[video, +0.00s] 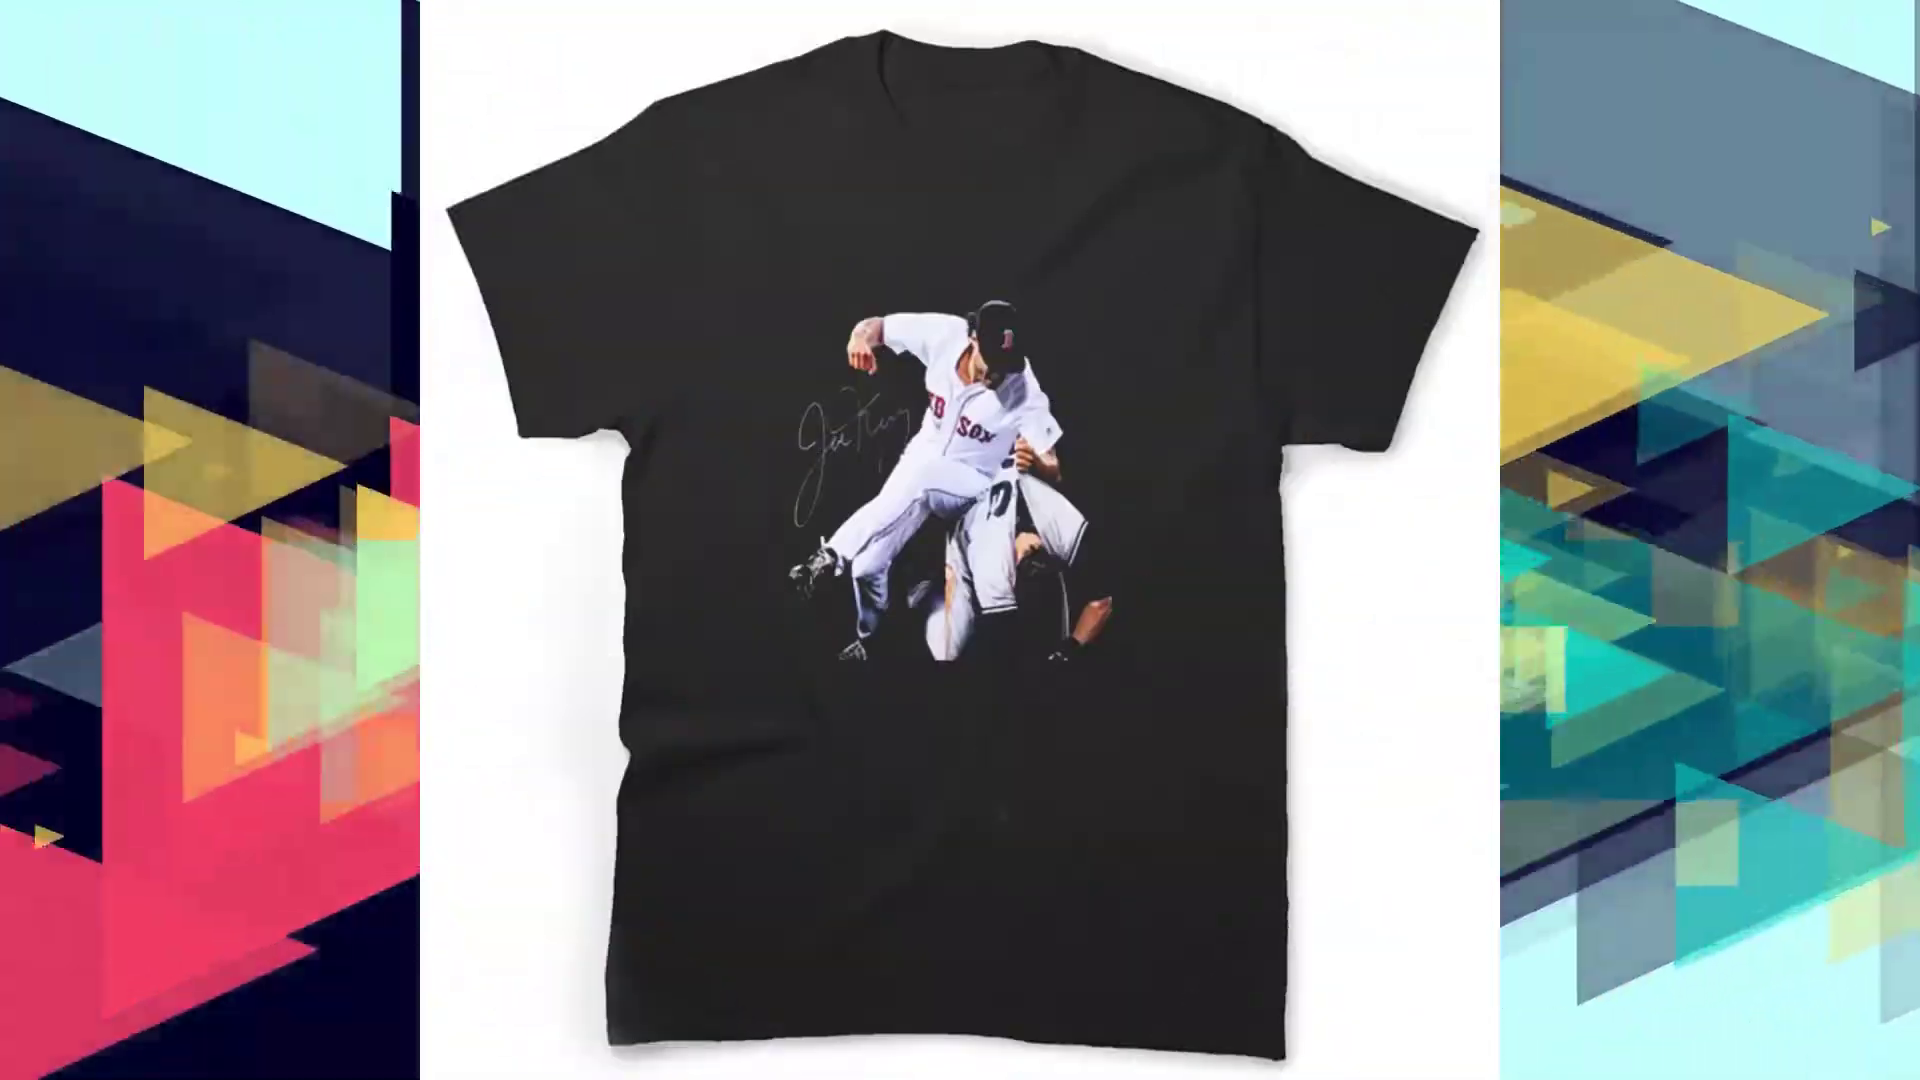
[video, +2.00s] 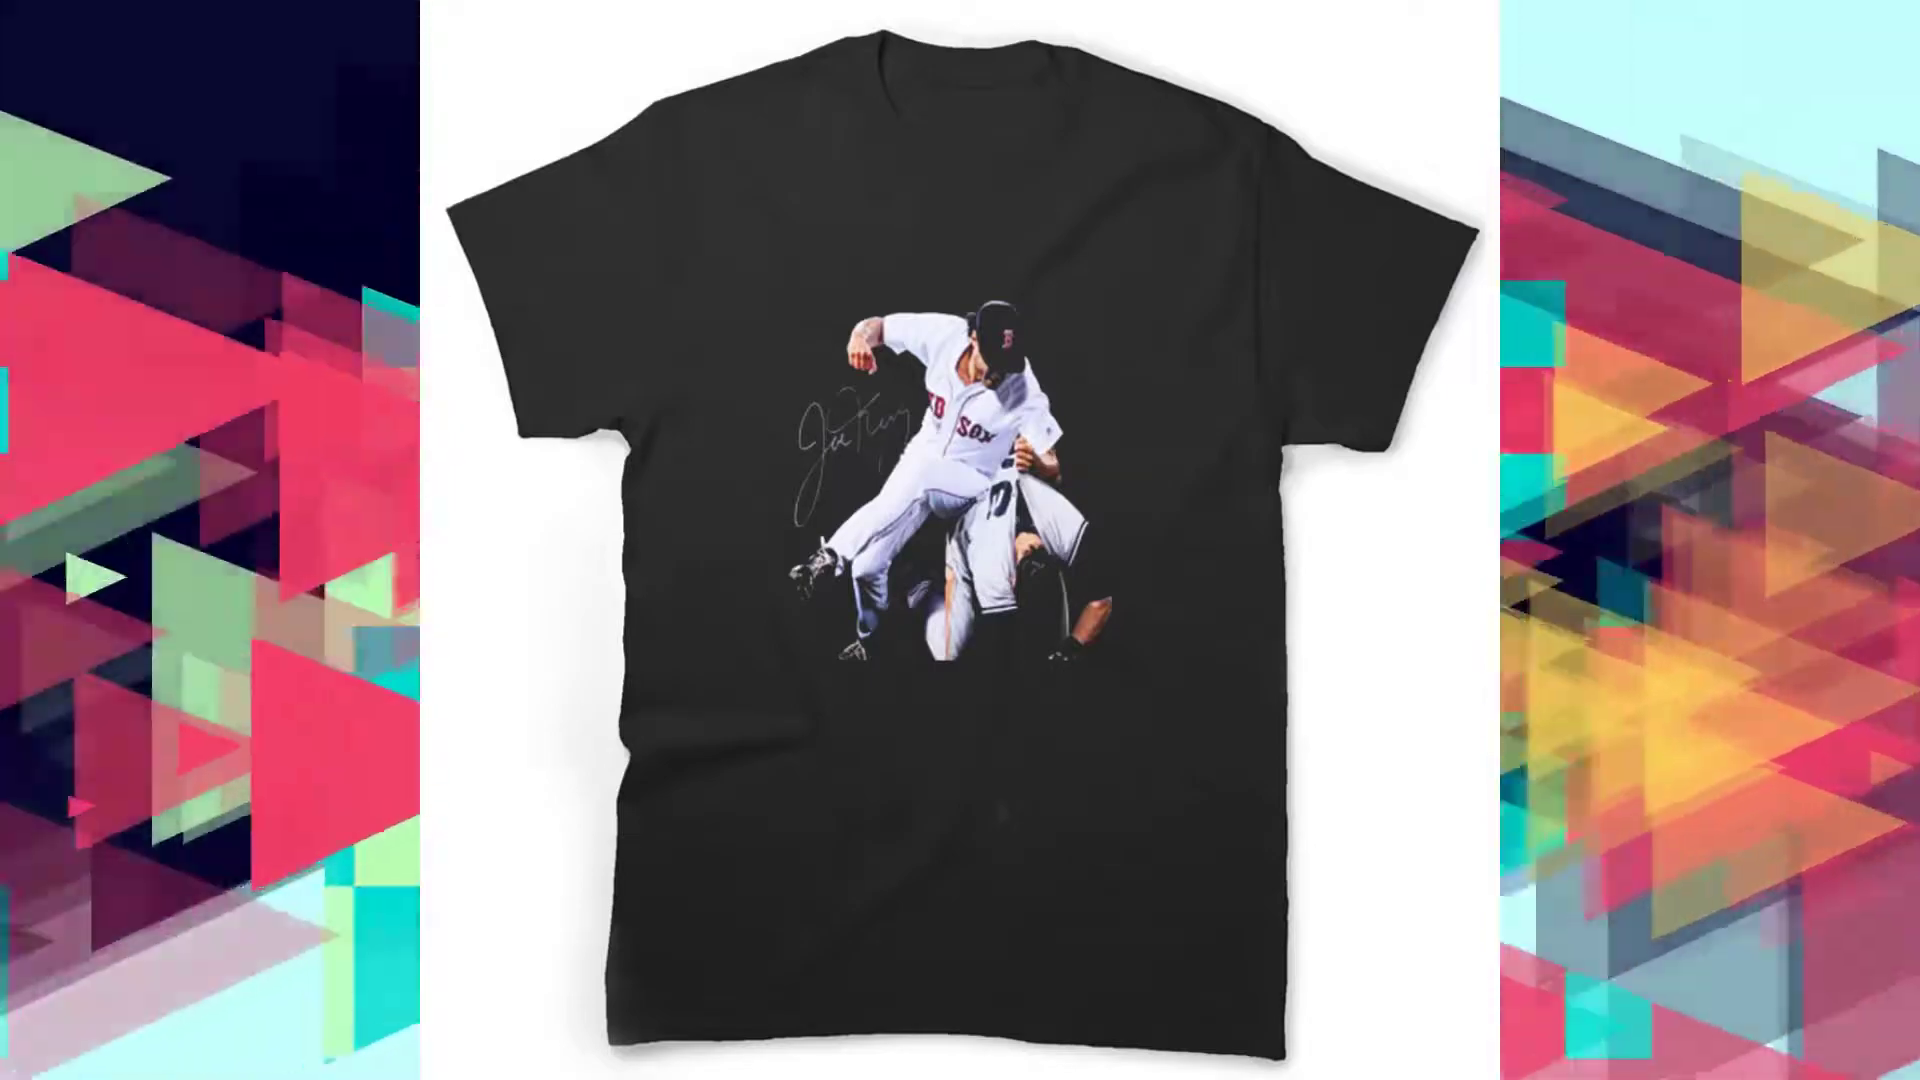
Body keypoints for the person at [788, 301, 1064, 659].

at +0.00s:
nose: (995, 373)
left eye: (1004, 366)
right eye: (990, 364)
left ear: (1016, 355)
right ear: (973, 342)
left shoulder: (1023, 390)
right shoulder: (946, 334)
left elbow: (1055, 470)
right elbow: (874, 327)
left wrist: (1038, 463)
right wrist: (861, 341)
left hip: (978, 482)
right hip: (922, 460)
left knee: (920, 477)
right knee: (867, 565)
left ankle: (827, 559)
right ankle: (870, 640)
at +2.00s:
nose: (997, 374)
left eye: (1006, 367)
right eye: (991, 364)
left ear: (1017, 354)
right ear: (973, 341)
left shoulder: (1023, 389)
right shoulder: (946, 334)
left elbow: (1054, 468)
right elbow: (878, 327)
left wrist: (1038, 463)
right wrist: (861, 338)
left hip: (979, 482)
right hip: (922, 460)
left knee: (920, 476)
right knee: (867, 566)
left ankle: (828, 560)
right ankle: (871, 642)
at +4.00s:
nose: (997, 374)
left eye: (1006, 367)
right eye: (991, 364)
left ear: (1017, 354)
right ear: (973, 341)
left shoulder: (1023, 389)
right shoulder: (946, 334)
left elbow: (1054, 468)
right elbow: (878, 327)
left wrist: (1038, 463)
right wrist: (861, 338)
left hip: (979, 482)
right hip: (922, 460)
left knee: (920, 476)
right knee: (867, 566)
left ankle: (828, 560)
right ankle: (871, 641)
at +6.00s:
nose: (994, 375)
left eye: (1003, 368)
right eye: (990, 365)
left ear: (1016, 355)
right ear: (973, 341)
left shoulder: (1024, 390)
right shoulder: (946, 334)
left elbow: (1054, 469)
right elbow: (878, 327)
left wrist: (1038, 463)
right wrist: (861, 339)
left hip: (979, 484)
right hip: (922, 462)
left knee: (920, 474)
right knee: (867, 567)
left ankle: (828, 560)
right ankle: (872, 641)